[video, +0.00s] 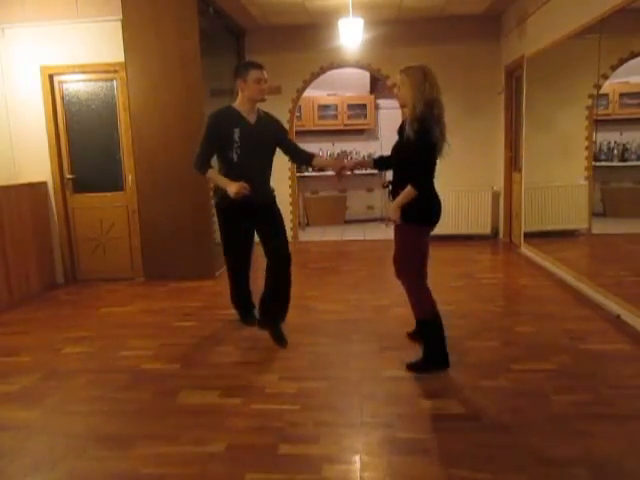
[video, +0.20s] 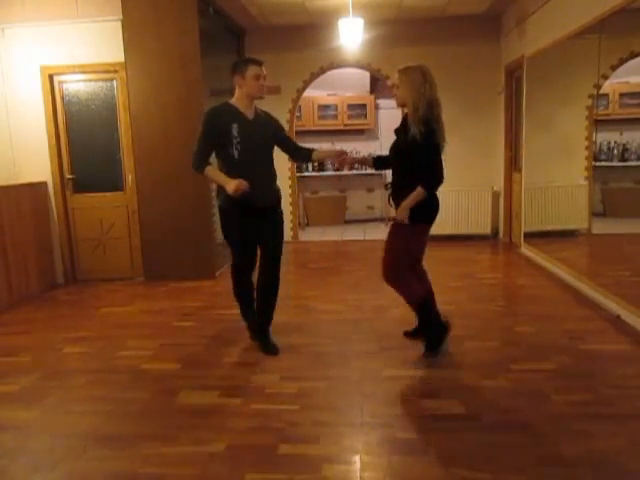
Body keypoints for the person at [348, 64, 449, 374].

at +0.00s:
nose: (395, 91)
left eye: (400, 86)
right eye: (395, 86)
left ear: (416, 88)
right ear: (410, 89)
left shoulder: (422, 125)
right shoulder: (410, 123)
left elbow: (422, 177)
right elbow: (395, 162)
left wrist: (398, 203)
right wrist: (359, 164)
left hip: (419, 208)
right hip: (410, 207)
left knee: (411, 272)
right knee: (405, 268)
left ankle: (436, 352)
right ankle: (426, 325)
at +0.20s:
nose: (394, 91)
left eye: (399, 86)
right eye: (394, 86)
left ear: (414, 90)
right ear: (409, 90)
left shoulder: (423, 126)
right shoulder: (407, 124)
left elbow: (434, 177)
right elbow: (395, 161)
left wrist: (407, 204)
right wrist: (360, 161)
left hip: (418, 208)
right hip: (412, 208)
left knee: (394, 270)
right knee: (410, 266)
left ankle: (434, 325)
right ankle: (427, 320)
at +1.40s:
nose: (391, 92)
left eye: (396, 87)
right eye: (392, 87)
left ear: (411, 88)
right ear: (409, 90)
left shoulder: (424, 122)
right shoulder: (409, 123)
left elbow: (430, 169)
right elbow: (381, 164)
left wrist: (399, 189)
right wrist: (338, 178)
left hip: (415, 204)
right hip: (412, 202)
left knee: (404, 277)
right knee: (412, 268)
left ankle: (419, 347)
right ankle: (426, 321)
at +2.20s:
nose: (392, 97)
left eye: (398, 92)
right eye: (387, 92)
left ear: (410, 94)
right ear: (382, 96)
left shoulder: (418, 129)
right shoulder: (386, 128)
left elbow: (447, 168)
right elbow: (362, 160)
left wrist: (433, 201)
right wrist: (330, 173)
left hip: (420, 212)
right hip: (405, 212)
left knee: (421, 278)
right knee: (412, 270)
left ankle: (422, 349)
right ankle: (410, 320)